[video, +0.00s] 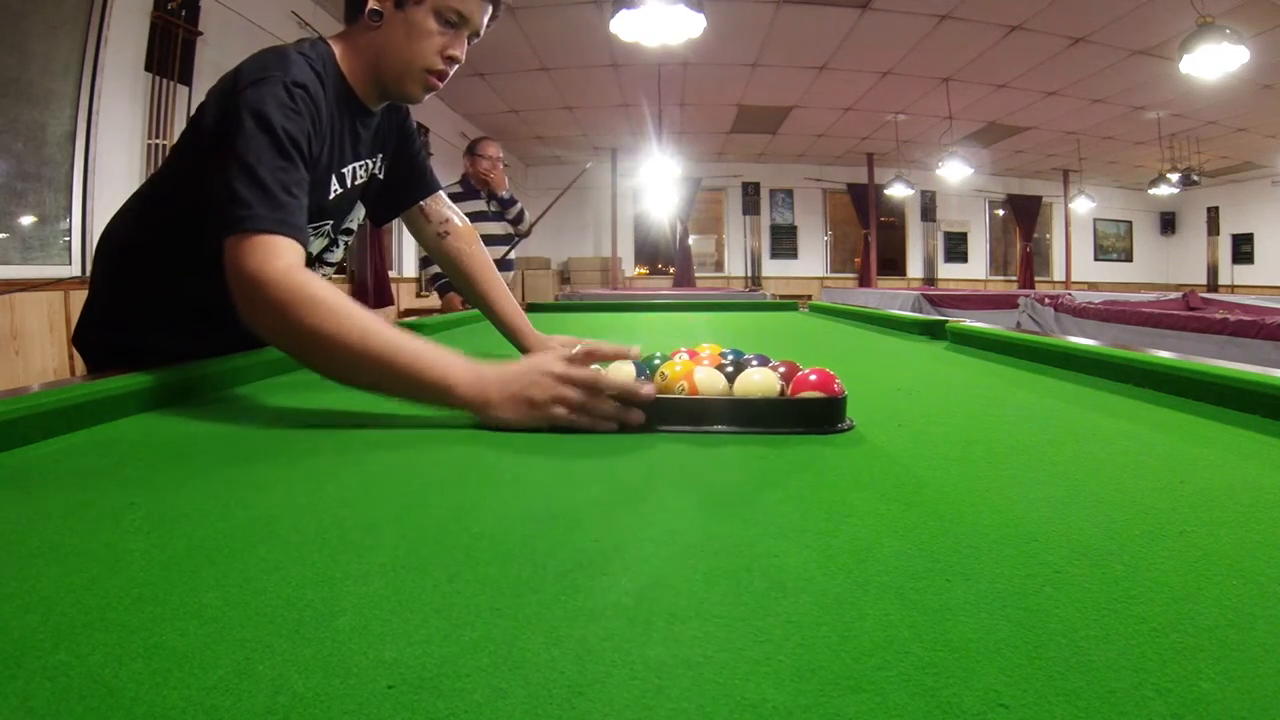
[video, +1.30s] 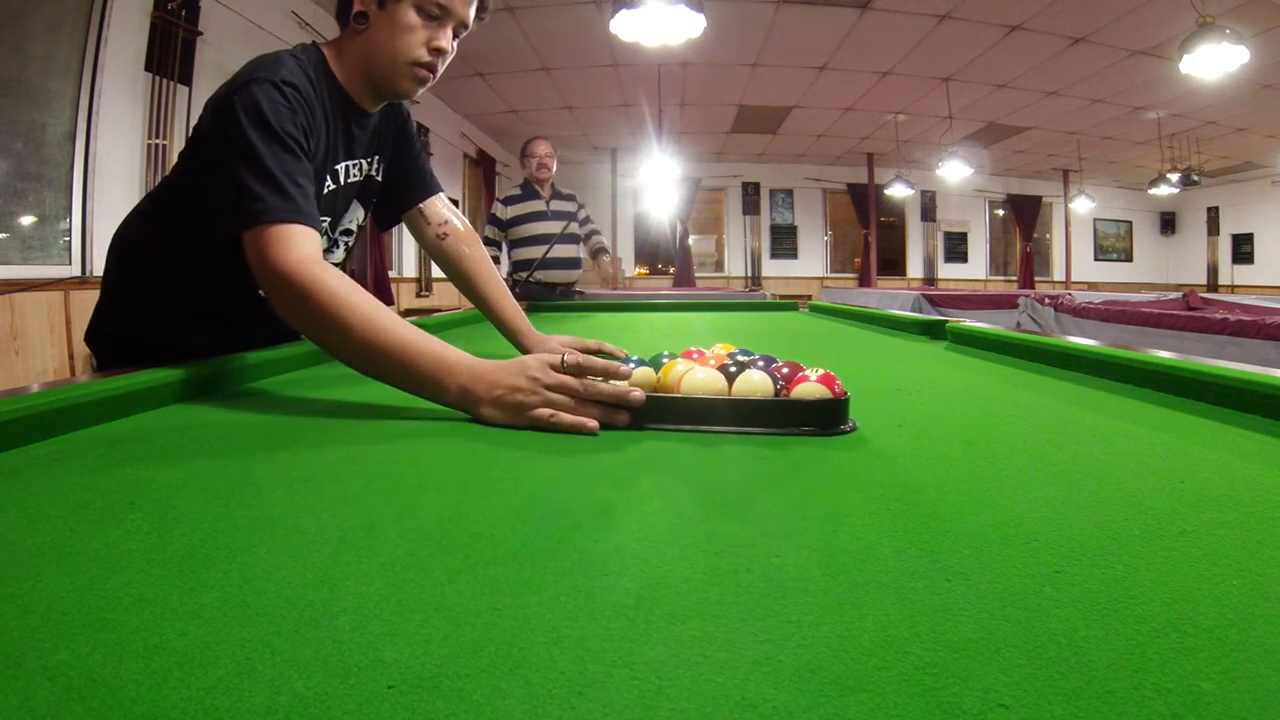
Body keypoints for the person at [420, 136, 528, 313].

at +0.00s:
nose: (494, 166)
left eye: (499, 160)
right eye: (487, 158)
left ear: (504, 165)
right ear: (468, 162)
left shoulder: (504, 199)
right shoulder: (444, 198)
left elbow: (525, 230)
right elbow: (429, 252)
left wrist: (503, 193)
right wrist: (445, 293)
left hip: (500, 295)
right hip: (462, 299)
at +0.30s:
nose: (518, 172)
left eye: (522, 167)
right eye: (512, 165)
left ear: (526, 169)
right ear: (491, 164)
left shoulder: (523, 200)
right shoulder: (469, 198)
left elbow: (546, 236)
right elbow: (452, 243)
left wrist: (524, 201)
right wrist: (465, 289)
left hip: (518, 298)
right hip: (481, 296)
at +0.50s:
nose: (536, 174)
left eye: (540, 168)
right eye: (529, 167)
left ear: (543, 169)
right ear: (511, 164)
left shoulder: (541, 199)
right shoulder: (489, 196)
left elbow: (564, 239)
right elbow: (472, 241)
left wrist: (547, 203)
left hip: (537, 293)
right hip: (502, 291)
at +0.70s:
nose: (542, 169)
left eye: (548, 164)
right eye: (535, 163)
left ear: (554, 168)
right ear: (522, 165)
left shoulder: (559, 200)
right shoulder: (502, 198)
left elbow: (577, 240)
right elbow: (485, 249)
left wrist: (566, 205)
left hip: (550, 293)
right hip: (515, 291)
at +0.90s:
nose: (546, 167)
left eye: (552, 161)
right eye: (539, 161)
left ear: (559, 168)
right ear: (527, 166)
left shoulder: (564, 206)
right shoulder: (508, 198)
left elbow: (585, 244)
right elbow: (490, 244)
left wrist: (580, 218)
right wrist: (493, 284)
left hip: (557, 293)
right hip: (520, 291)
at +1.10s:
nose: (545, 163)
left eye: (551, 159)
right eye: (537, 158)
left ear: (558, 165)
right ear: (526, 165)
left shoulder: (567, 205)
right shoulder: (508, 201)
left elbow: (583, 228)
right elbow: (491, 248)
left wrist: (590, 239)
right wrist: (498, 288)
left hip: (562, 295)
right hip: (525, 294)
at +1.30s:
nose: (543, 161)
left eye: (548, 156)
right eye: (535, 157)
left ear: (556, 162)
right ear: (524, 164)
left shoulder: (571, 200)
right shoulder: (507, 202)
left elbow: (591, 233)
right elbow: (491, 247)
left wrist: (604, 262)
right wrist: (496, 284)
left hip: (566, 295)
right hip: (528, 295)